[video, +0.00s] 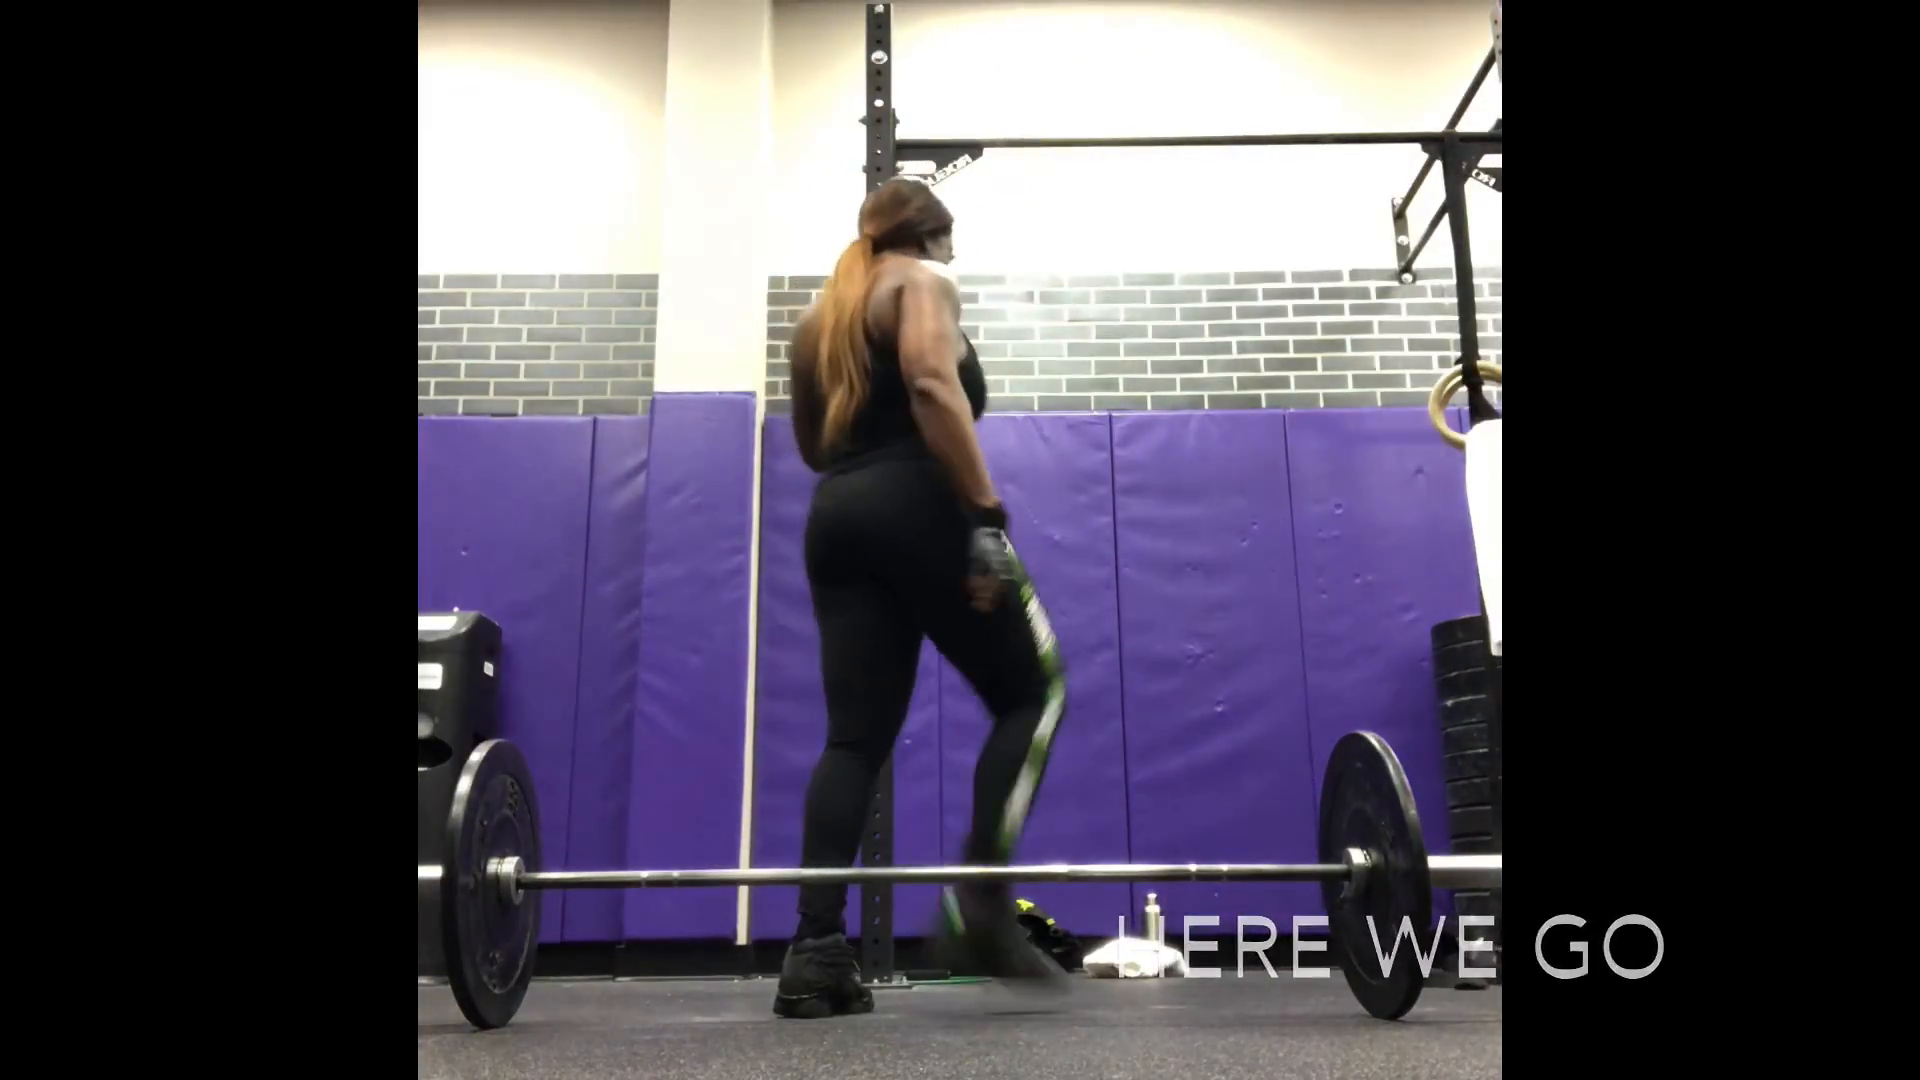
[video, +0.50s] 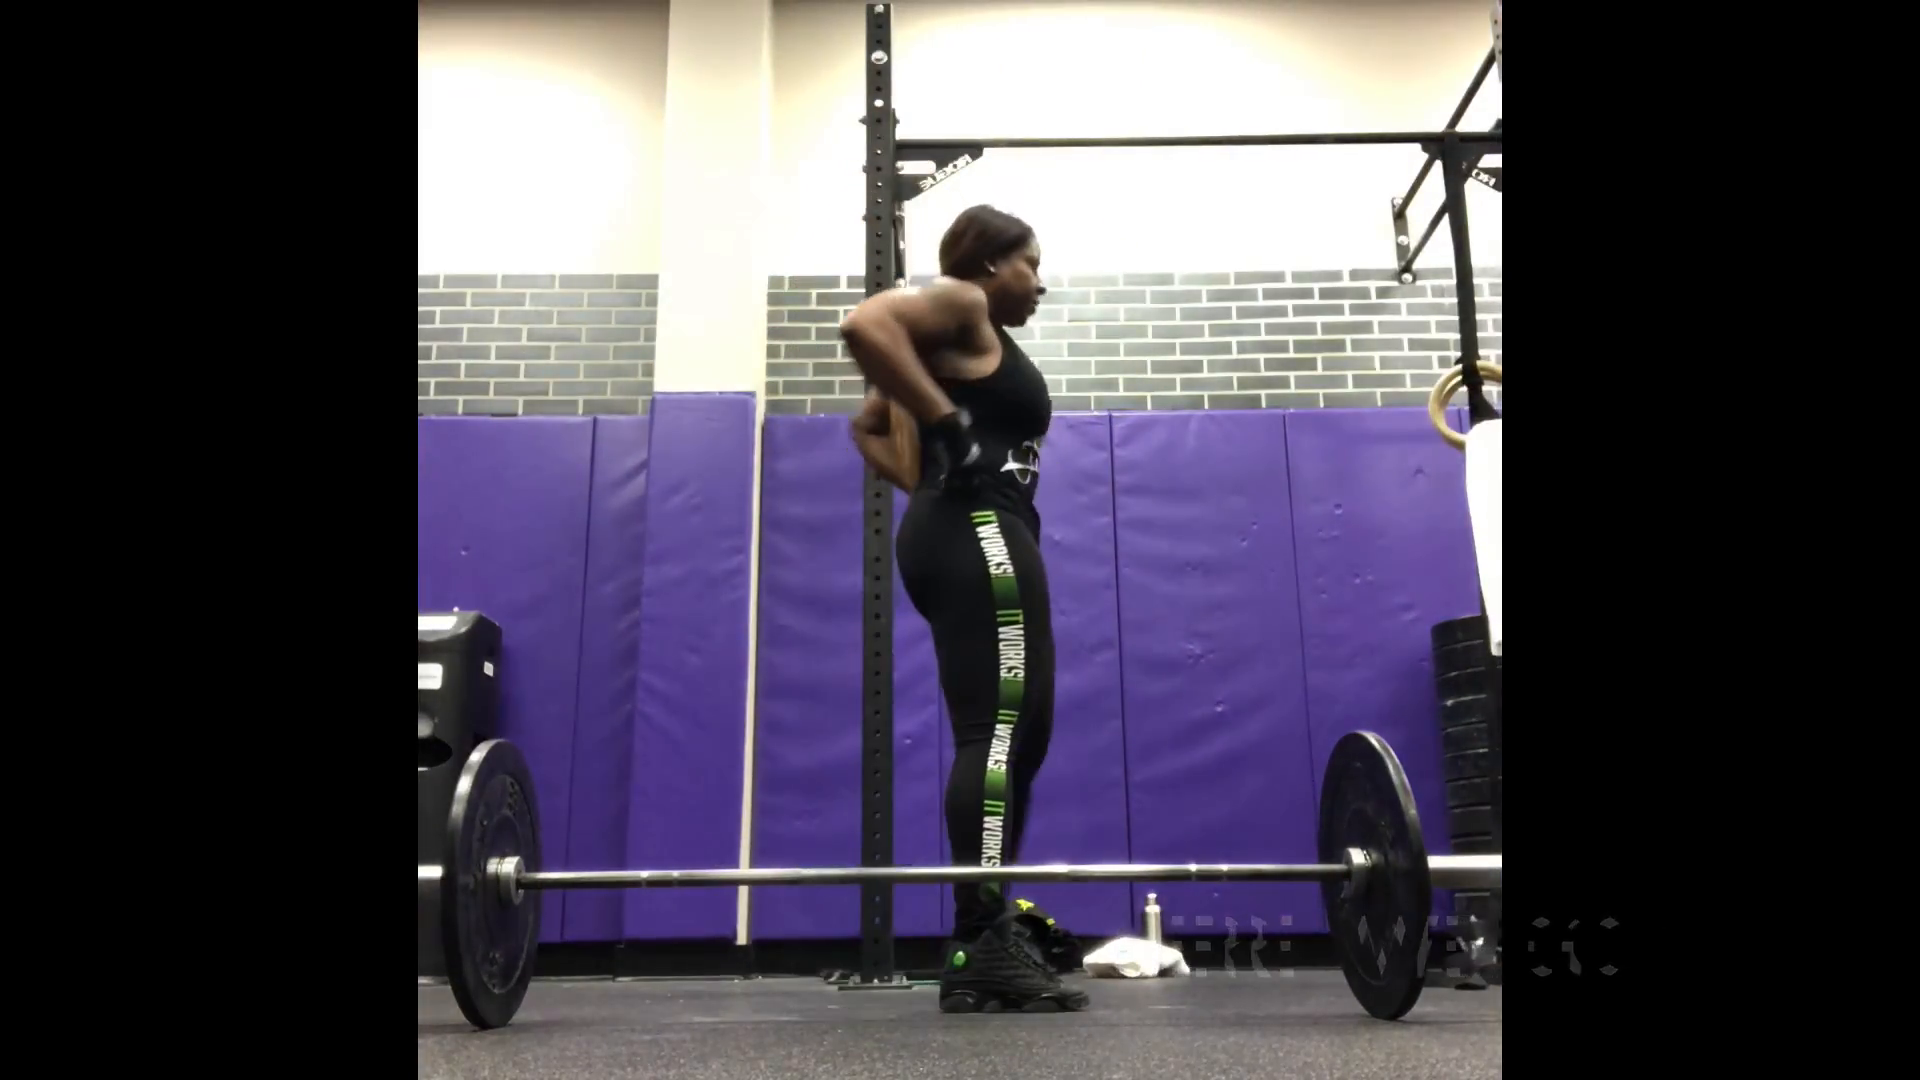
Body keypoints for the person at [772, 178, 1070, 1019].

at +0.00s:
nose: (950, 255)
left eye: (946, 242)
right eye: (946, 242)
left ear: (875, 240)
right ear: (926, 239)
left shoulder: (827, 310)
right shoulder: (920, 281)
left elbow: (815, 440)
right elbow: (929, 379)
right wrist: (988, 518)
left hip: (838, 516)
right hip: (922, 509)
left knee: (855, 738)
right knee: (1031, 691)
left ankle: (817, 949)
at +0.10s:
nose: (969, 258)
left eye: (966, 245)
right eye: (963, 245)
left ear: (894, 247)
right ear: (940, 243)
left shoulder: (855, 316)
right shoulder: (937, 288)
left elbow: (821, 456)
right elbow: (941, 382)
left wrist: (925, 438)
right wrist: (1023, 503)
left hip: (870, 528)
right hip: (951, 520)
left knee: (885, 738)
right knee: (994, 733)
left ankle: (821, 943)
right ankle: (987, 945)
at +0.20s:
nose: (991, 260)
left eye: (989, 246)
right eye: (985, 246)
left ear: (913, 247)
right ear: (958, 244)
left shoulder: (878, 316)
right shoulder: (950, 284)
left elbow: (826, 447)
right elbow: (935, 356)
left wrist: (919, 473)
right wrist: (1034, 455)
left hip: (892, 524)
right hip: (966, 517)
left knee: (929, 743)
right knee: (995, 732)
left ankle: (837, 912)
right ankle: (990, 946)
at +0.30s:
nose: (1013, 264)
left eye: (1012, 250)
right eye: (1005, 249)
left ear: (934, 251)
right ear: (974, 246)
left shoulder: (898, 317)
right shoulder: (966, 281)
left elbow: (829, 432)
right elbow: (920, 320)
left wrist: (904, 492)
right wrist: (1008, 401)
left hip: (912, 522)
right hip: (971, 514)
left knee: (968, 734)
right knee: (994, 728)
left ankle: (868, 894)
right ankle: (986, 942)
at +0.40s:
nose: (1030, 269)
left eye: (1028, 255)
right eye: (1020, 254)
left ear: (963, 260)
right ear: (982, 254)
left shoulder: (929, 324)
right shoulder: (969, 290)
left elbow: (841, 417)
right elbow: (887, 304)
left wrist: (903, 485)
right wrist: (959, 397)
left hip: (931, 525)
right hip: (977, 517)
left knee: (1016, 728)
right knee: (999, 730)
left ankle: (916, 916)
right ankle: (987, 942)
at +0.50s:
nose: (1041, 281)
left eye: (1038, 266)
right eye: (1031, 265)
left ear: (990, 270)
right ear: (992, 265)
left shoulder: (954, 330)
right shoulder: (963, 301)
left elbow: (866, 423)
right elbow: (866, 323)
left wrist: (935, 484)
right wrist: (946, 420)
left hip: (952, 531)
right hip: (978, 528)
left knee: (993, 733)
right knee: (1007, 728)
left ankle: (986, 938)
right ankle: (983, 942)